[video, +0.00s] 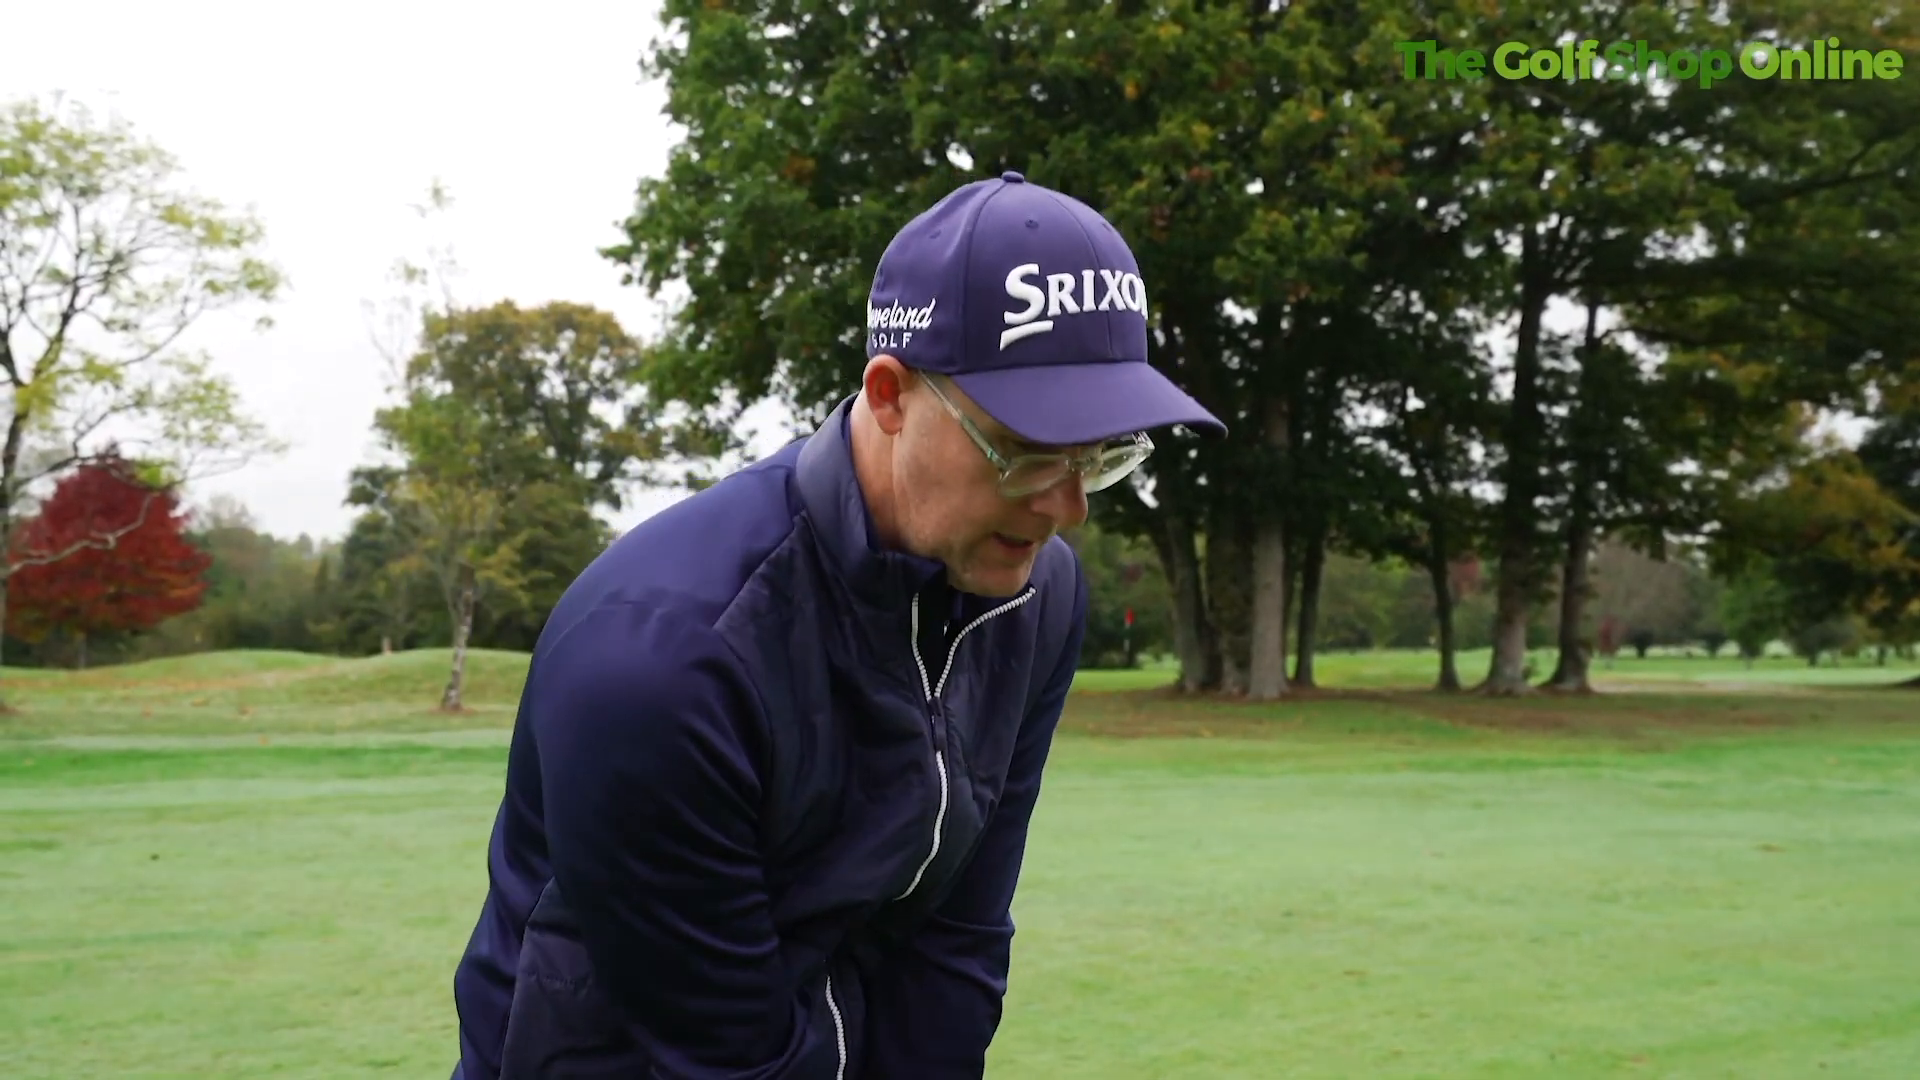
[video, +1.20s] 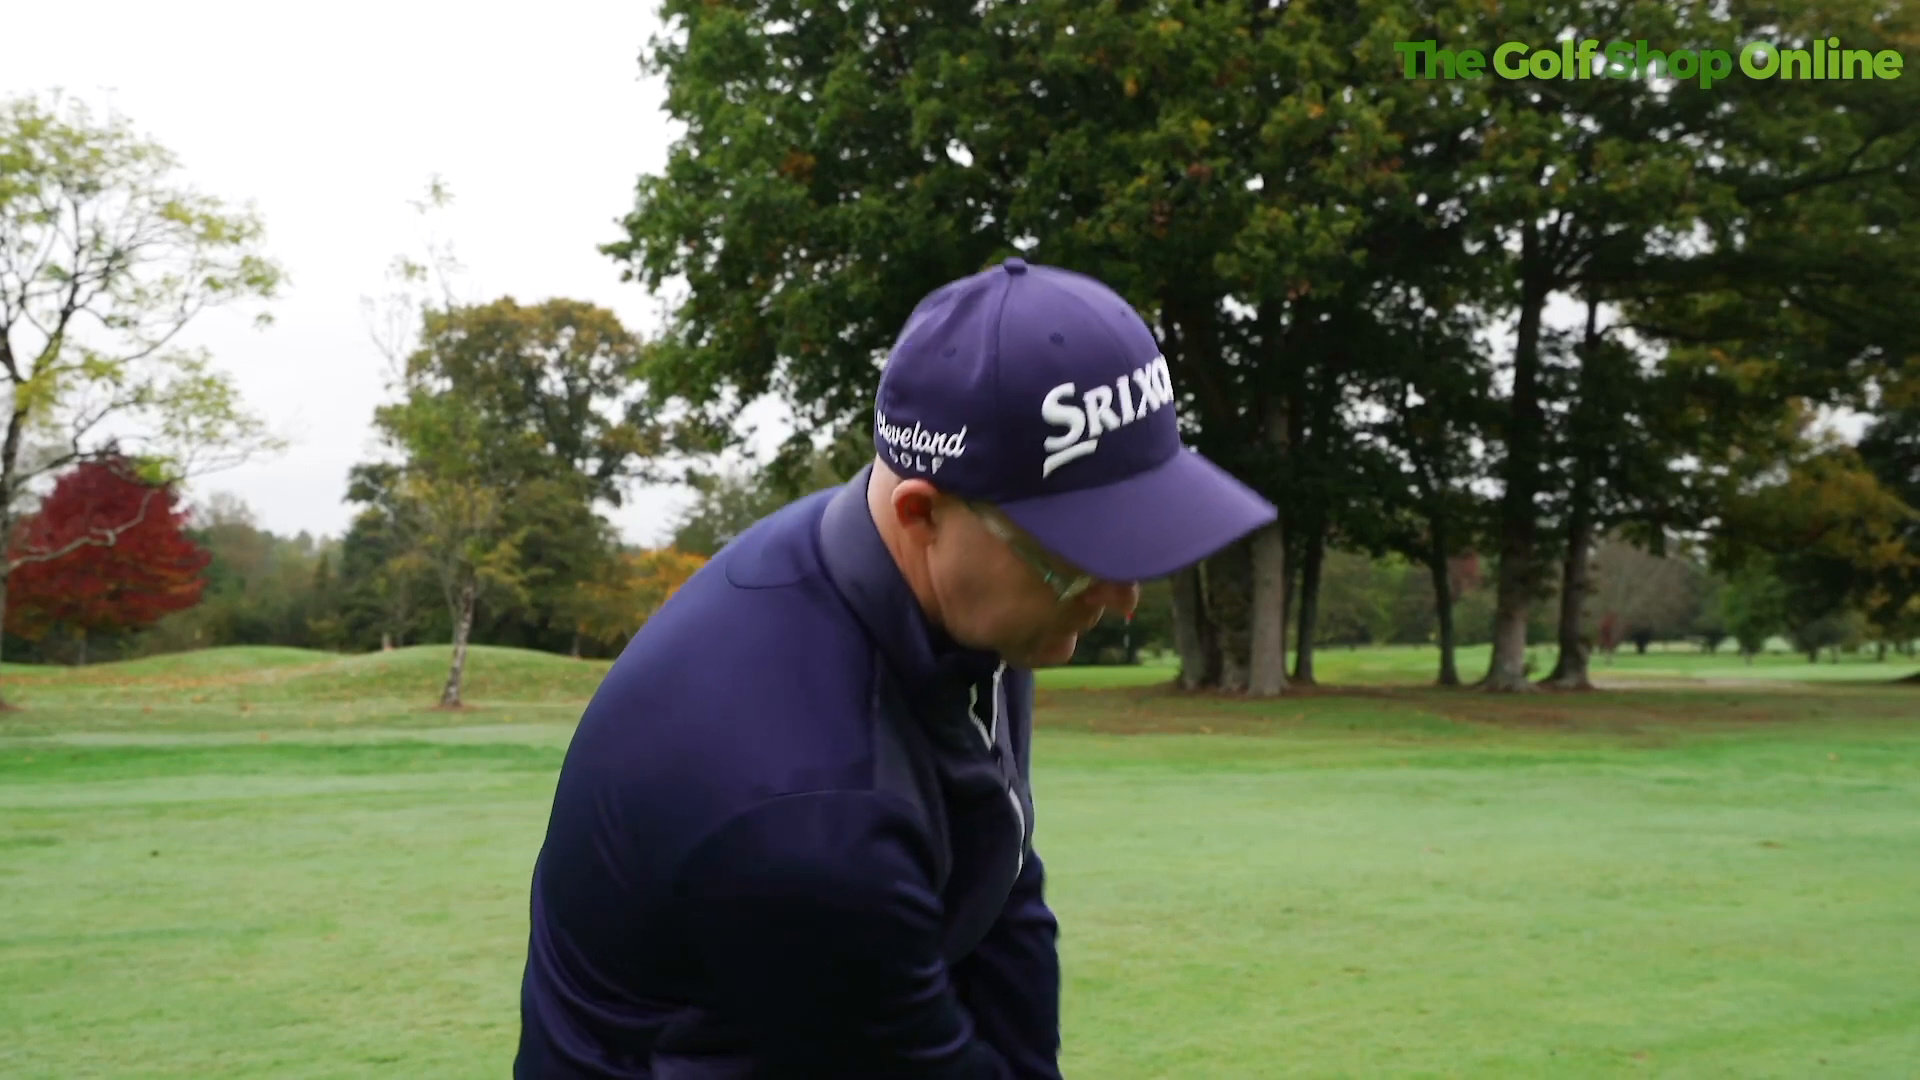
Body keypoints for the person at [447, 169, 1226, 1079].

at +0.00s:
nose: (1062, 503)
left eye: (1093, 451)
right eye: (1019, 446)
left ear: (1121, 419)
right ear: (888, 399)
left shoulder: (1041, 598)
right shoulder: (660, 667)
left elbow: (957, 949)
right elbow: (723, 1045)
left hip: (824, 1033)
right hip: (595, 1049)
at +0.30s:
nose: (1031, 551)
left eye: (1062, 498)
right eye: (987, 494)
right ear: (848, 434)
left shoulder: (1039, 622)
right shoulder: (594, 677)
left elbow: (959, 990)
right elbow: (640, 1042)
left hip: (849, 1037)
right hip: (580, 1047)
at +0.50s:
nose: (1046, 557)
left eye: (1076, 504)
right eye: (1004, 500)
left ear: (1108, 473)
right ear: (863, 437)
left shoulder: (1064, 668)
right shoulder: (573, 602)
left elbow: (930, 1034)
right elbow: (520, 1024)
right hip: (615, 1056)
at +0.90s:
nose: (1088, 597)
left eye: (1107, 545)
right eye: (1042, 548)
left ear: (1136, 487)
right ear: (897, 482)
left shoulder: (1078, 654)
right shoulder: (628, 679)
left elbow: (1005, 1019)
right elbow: (592, 1042)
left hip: (914, 1042)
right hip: (675, 1042)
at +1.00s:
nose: (1094, 618)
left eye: (1108, 564)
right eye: (1045, 568)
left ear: (1132, 503)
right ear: (896, 509)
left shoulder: (1050, 651)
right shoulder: (673, 765)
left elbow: (1018, 994)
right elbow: (678, 1056)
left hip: (868, 1035)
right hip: (659, 1043)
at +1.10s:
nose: (1103, 626)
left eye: (1115, 573)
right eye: (1051, 582)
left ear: (1136, 511)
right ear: (905, 529)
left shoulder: (1015, 640)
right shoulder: (745, 810)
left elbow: (1015, 957)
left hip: (845, 1030)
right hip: (653, 1058)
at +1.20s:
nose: (1123, 597)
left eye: (1128, 548)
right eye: (1074, 558)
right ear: (918, 515)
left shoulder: (961, 594)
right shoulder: (800, 821)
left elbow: (1004, 917)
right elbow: (920, 1060)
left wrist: (1021, 1069)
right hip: (677, 1061)